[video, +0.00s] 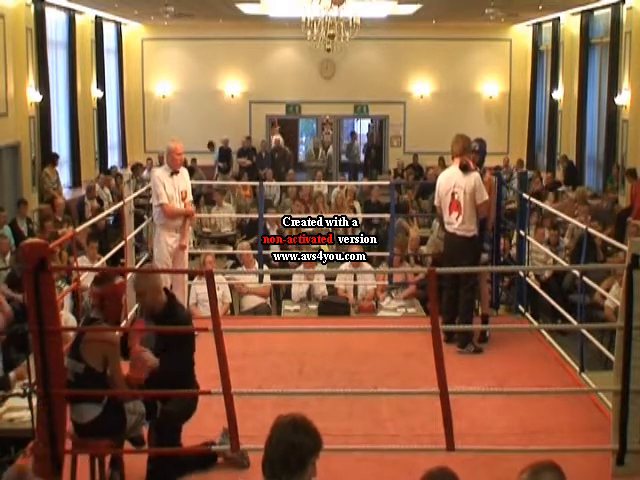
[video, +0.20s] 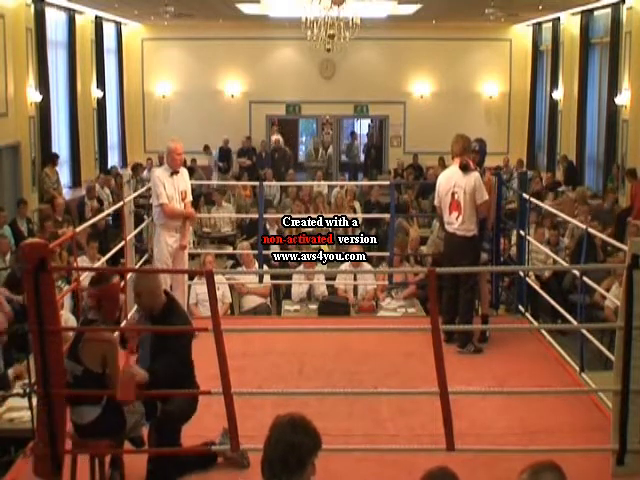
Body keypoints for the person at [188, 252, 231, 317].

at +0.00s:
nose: (210, 265)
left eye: (212, 262)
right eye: (208, 263)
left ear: (215, 263)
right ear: (203, 264)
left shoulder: (220, 279)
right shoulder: (197, 280)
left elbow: (227, 301)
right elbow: (192, 305)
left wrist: (219, 316)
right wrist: (202, 317)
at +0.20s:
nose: (210, 265)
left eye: (212, 262)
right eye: (208, 263)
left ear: (214, 263)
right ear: (203, 264)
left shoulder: (220, 279)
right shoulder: (197, 280)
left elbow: (227, 302)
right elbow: (192, 304)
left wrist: (218, 316)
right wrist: (201, 318)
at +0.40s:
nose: (210, 265)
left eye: (212, 262)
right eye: (208, 263)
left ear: (214, 263)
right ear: (203, 264)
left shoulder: (220, 279)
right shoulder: (197, 280)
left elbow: (227, 302)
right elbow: (192, 304)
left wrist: (218, 316)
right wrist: (201, 318)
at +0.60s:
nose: (209, 265)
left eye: (211, 262)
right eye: (207, 262)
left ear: (214, 263)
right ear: (203, 264)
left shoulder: (220, 279)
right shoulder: (197, 280)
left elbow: (227, 301)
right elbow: (192, 304)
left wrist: (219, 316)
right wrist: (201, 317)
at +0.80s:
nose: (210, 265)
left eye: (212, 262)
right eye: (207, 262)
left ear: (214, 263)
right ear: (203, 264)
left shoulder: (220, 279)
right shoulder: (197, 280)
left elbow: (227, 302)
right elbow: (192, 304)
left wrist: (218, 316)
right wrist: (201, 318)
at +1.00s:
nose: (210, 265)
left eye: (212, 262)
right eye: (207, 262)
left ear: (215, 263)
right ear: (203, 264)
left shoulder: (221, 279)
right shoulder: (197, 280)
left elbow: (227, 301)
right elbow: (192, 304)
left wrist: (219, 316)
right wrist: (202, 318)